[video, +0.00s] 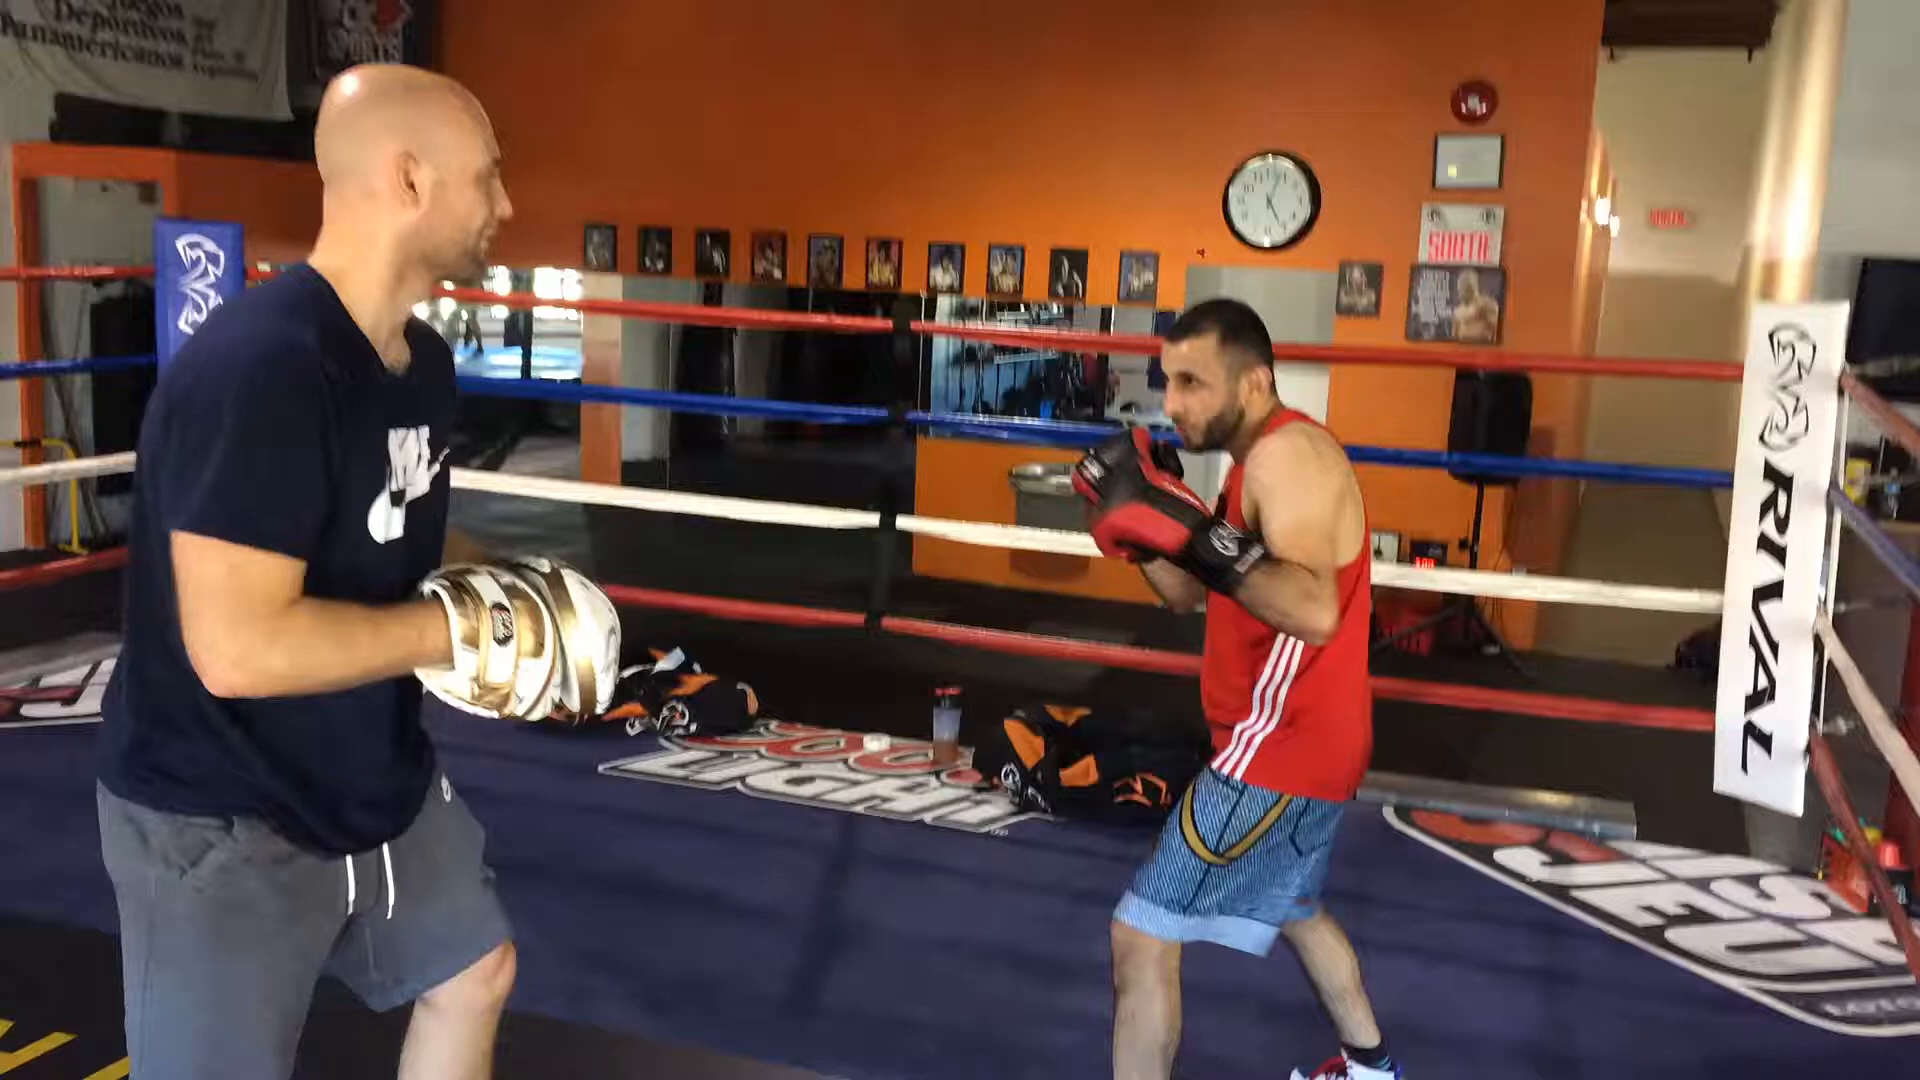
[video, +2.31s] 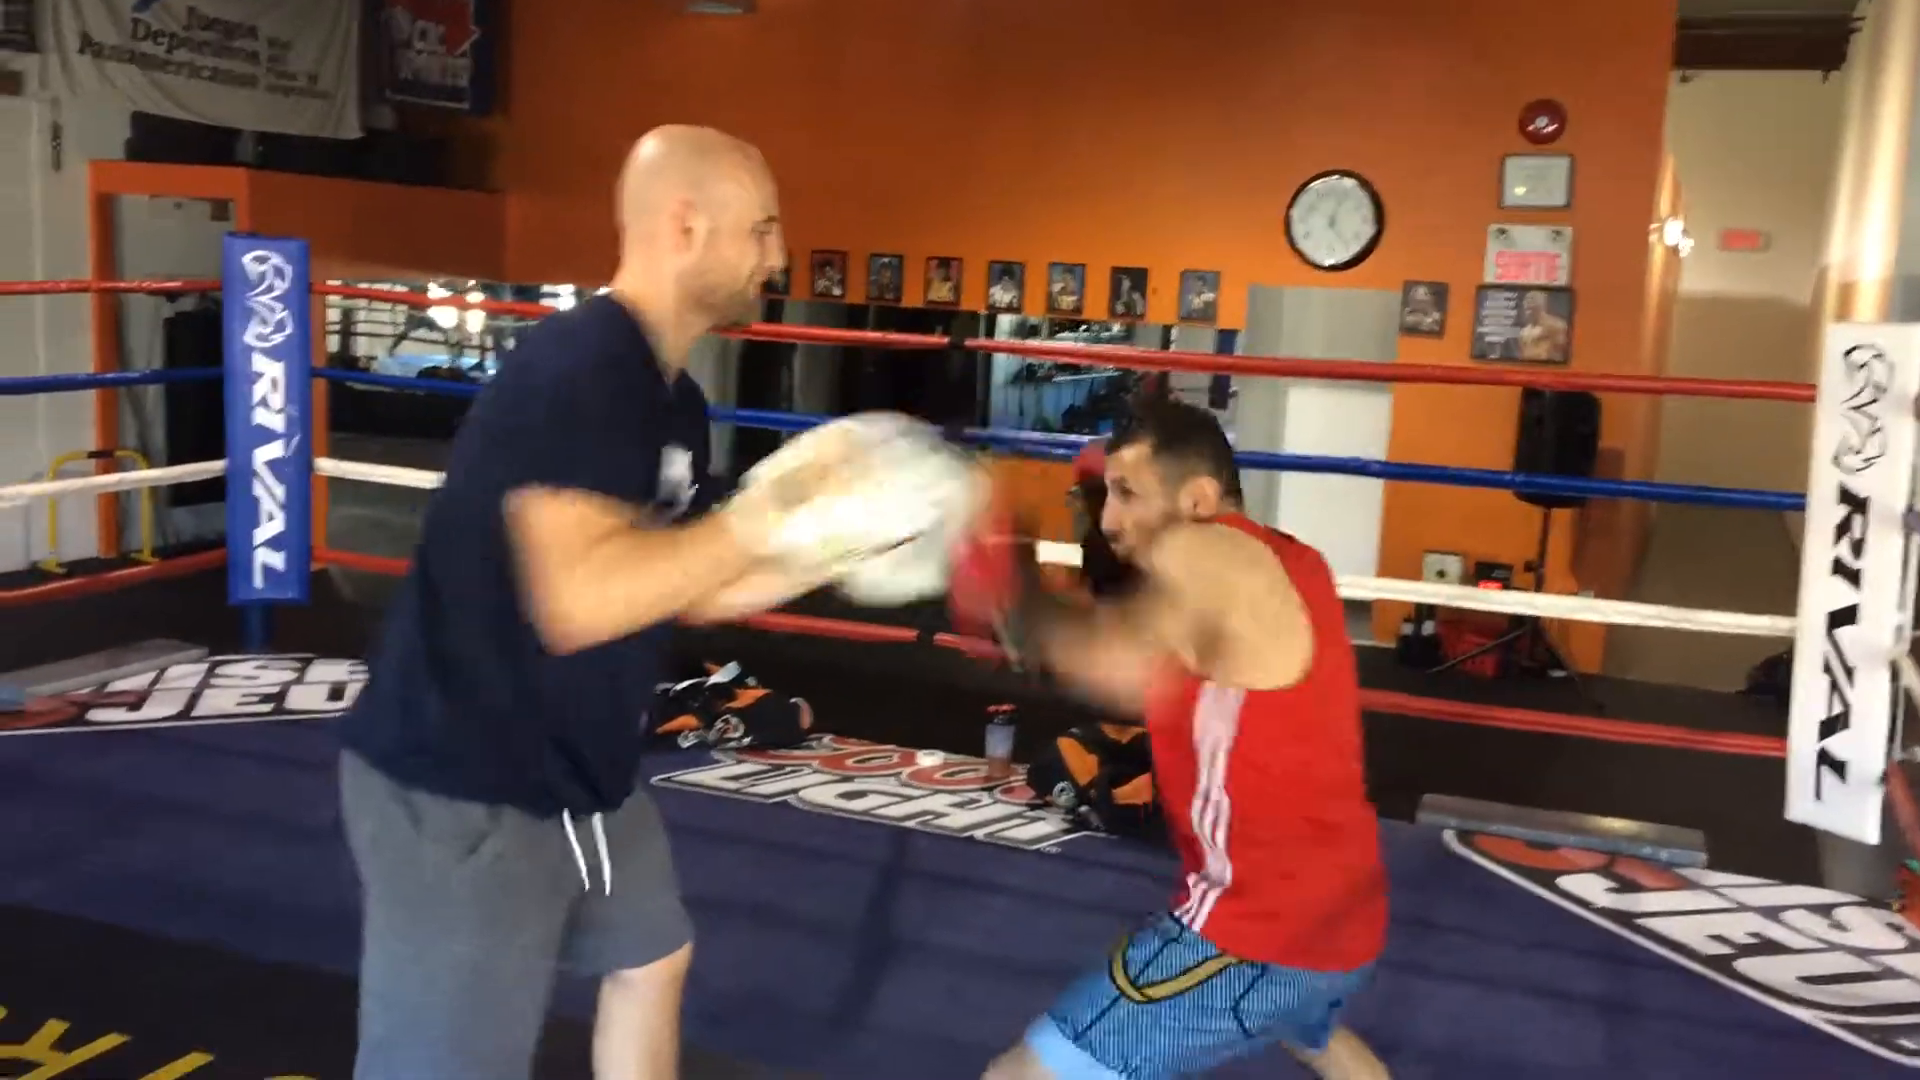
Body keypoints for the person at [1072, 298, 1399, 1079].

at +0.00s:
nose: (1172, 405)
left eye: (1190, 384)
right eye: (1167, 383)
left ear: (1252, 380)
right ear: (1245, 383)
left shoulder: (1288, 458)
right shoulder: (1259, 458)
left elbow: (1315, 611)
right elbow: (1191, 595)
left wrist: (1198, 535)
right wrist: (1135, 514)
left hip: (1278, 754)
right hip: (1307, 751)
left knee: (1143, 935)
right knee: (1297, 908)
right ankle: (1370, 1063)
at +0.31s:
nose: (1144, 427)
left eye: (1163, 409)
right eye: (1138, 408)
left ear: (1227, 406)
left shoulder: (1250, 473)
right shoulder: (1213, 481)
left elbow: (1228, 592)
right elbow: (1138, 597)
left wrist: (1146, 484)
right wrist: (1089, 517)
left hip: (1249, 785)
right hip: (1294, 781)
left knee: (1120, 977)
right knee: (1292, 938)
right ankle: (1358, 1069)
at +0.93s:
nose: (1175, 491)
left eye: (1194, 470)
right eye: (1173, 470)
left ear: (1260, 472)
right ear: (1257, 477)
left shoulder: (1289, 536)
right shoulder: (1283, 535)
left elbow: (1270, 690)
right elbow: (1200, 673)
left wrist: (1174, 595)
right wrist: (1132, 599)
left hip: (1297, 838)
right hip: (1348, 833)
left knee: (1120, 990)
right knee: (1304, 951)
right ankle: (1384, 1075)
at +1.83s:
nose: (1178, 500)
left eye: (1202, 480)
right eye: (1178, 479)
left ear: (1270, 492)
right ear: (1270, 499)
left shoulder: (1291, 565)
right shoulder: (1284, 564)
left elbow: (1247, 675)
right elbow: (1194, 695)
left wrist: (1141, 586)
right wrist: (1113, 631)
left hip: (1276, 879)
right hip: (1334, 875)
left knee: (1077, 1043)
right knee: (1309, 990)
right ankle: (1385, 1078)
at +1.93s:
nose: (1132, 497)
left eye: (1157, 479)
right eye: (1135, 475)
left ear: (1225, 496)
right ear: (1228, 504)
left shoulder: (1234, 565)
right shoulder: (1268, 569)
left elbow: (1075, 573)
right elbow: (1247, 703)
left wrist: (972, 522)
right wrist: (1125, 670)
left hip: (1226, 918)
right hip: (1273, 909)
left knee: (1096, 1067)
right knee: (1229, 1014)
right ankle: (1331, 1058)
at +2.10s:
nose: (1082, 489)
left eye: (1105, 467)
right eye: (1087, 466)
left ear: (1177, 481)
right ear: (1171, 485)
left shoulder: (1247, 571)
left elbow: (1295, 753)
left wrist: (1164, 758)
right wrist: (970, 601)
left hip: (1227, 907)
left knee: (1047, 1068)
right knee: (1222, 1061)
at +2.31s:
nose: (1107, 517)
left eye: (1126, 495)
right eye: (1108, 493)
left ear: (1198, 498)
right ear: (1209, 503)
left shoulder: (1200, 555)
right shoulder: (1290, 560)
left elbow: (1118, 663)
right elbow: (1156, 683)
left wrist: (1015, 603)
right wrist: (1036, 618)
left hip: (1251, 933)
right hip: (1338, 924)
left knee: (1023, 1072)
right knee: (1317, 1036)